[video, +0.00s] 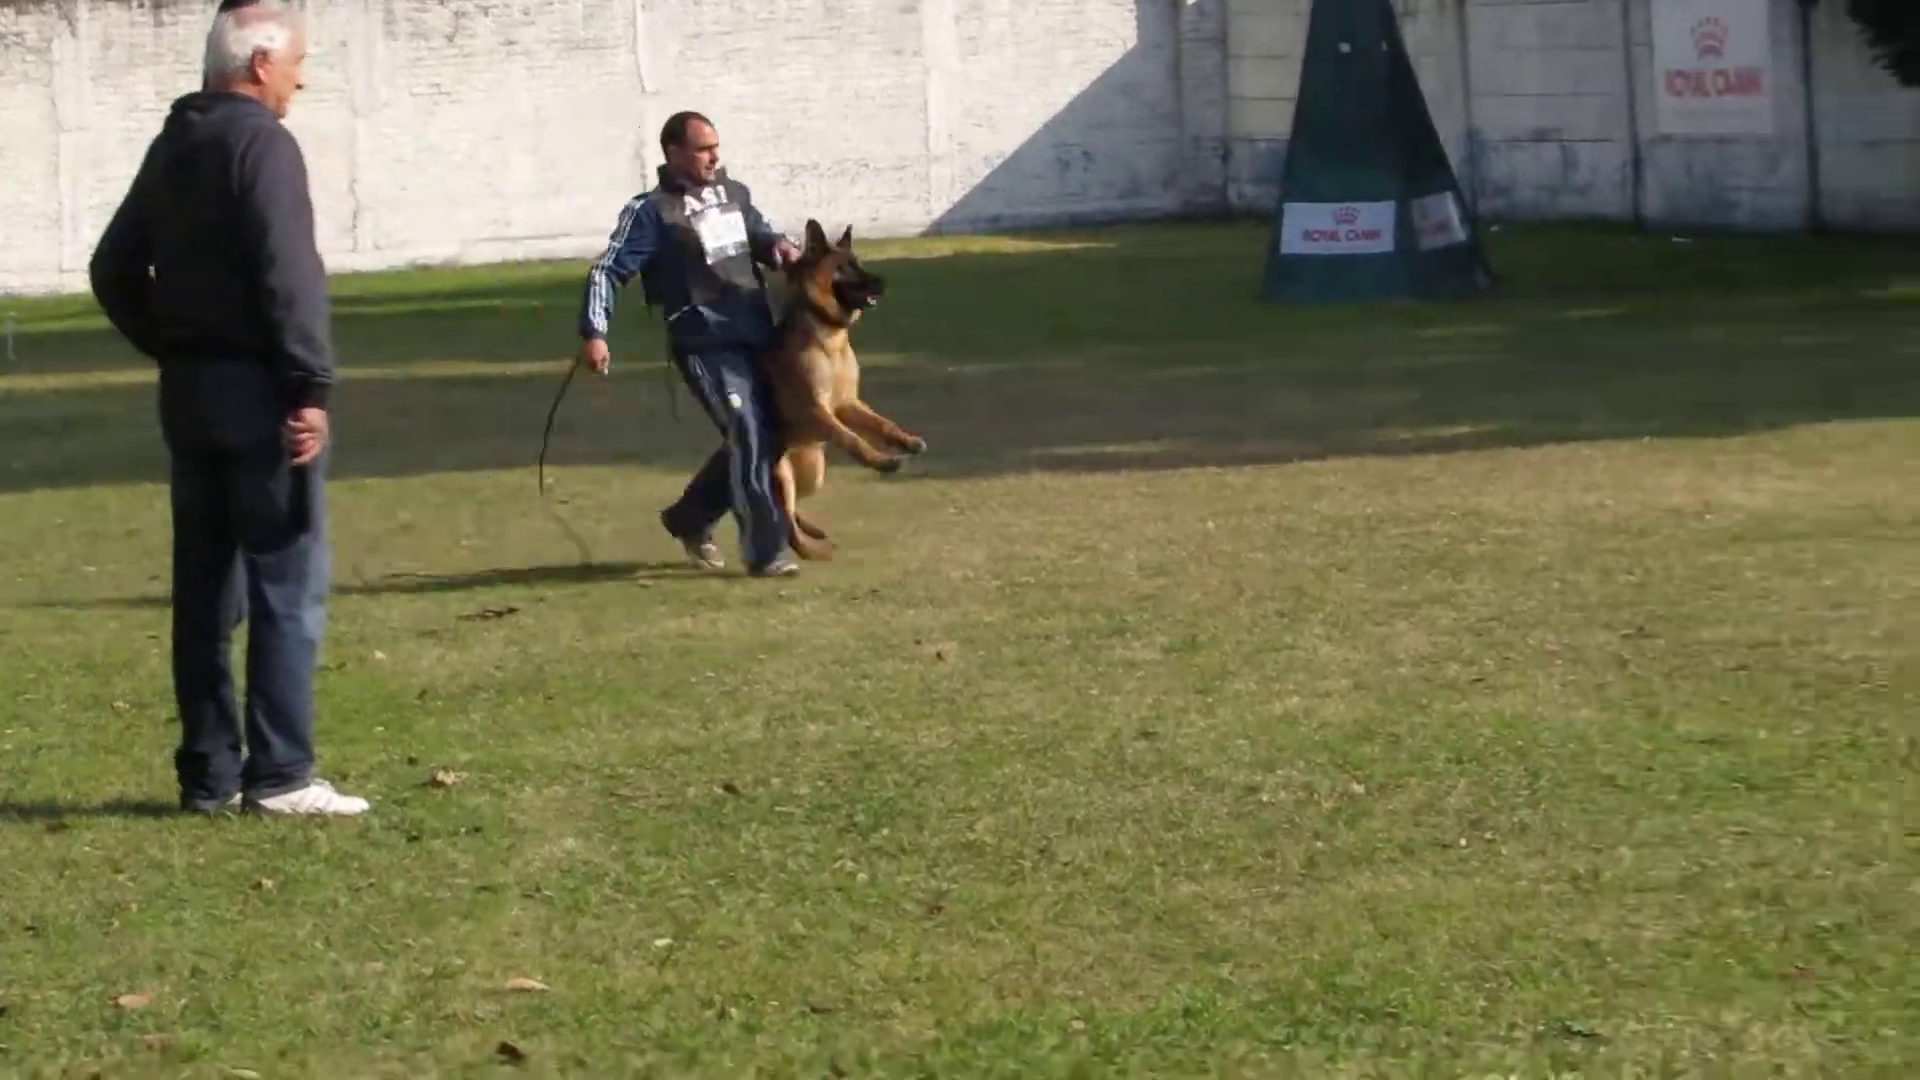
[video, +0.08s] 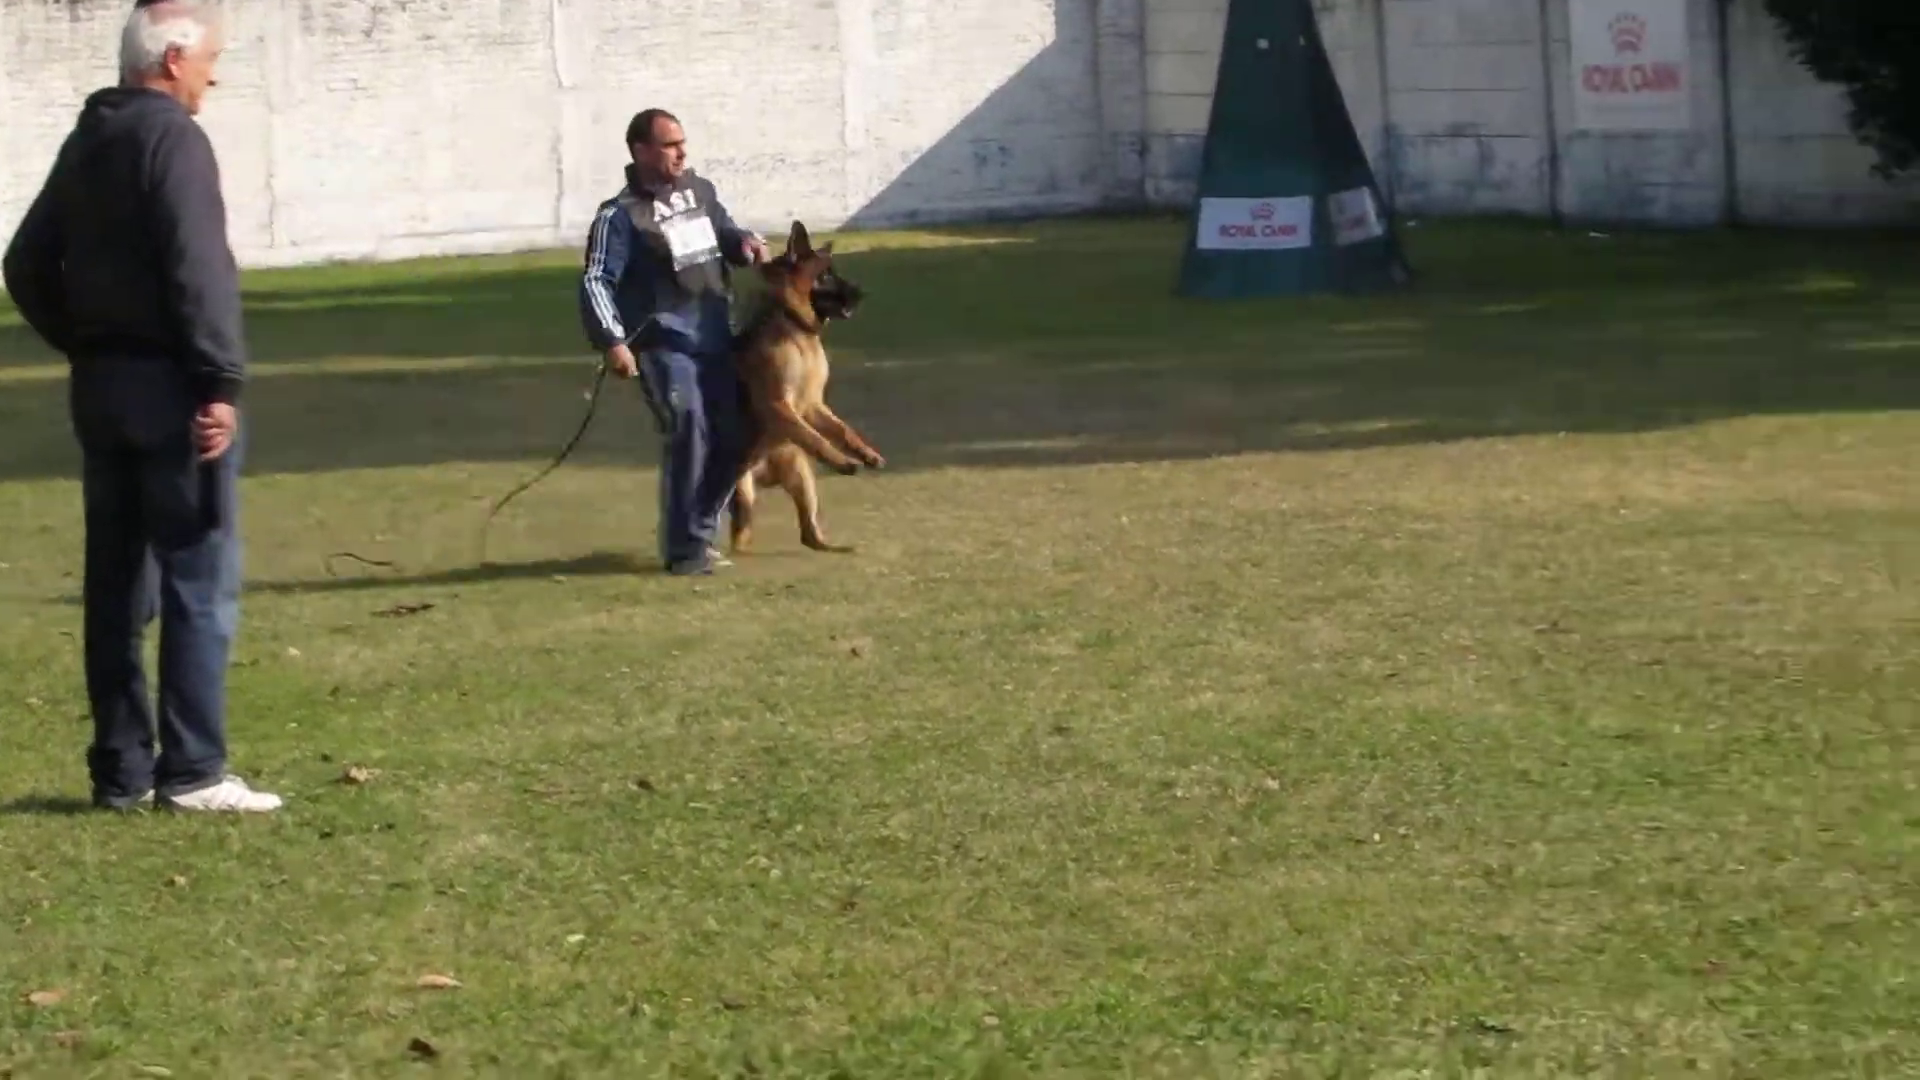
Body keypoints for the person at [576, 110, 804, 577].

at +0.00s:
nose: (715, 157)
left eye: (716, 147)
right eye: (704, 150)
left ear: (716, 147)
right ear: (672, 153)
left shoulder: (733, 194)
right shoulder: (648, 213)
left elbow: (760, 236)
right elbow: (607, 272)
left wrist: (780, 247)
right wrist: (595, 333)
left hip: (753, 334)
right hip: (704, 343)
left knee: (770, 433)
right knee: (745, 429)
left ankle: (691, 516)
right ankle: (767, 552)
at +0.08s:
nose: (681, 153)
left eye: (682, 144)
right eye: (670, 146)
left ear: (684, 147)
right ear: (639, 151)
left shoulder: (700, 192)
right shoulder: (619, 215)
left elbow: (728, 240)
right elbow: (594, 282)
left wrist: (745, 246)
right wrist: (614, 341)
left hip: (713, 335)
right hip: (662, 341)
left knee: (734, 429)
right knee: (686, 420)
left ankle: (699, 530)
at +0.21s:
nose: (624, 136)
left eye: (626, 127)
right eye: (614, 129)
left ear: (622, 130)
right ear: (581, 134)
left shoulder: (635, 177)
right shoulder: (562, 191)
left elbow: (658, 223)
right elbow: (561, 261)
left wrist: (682, 229)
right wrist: (600, 298)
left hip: (648, 331)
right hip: (596, 336)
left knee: (675, 427)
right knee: (588, 440)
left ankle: (689, 536)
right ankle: (549, 543)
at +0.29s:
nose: (592, 135)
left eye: (594, 127)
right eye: (581, 128)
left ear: (595, 129)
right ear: (550, 134)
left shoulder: (605, 179)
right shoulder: (532, 187)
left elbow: (620, 229)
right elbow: (518, 252)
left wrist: (648, 224)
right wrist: (547, 299)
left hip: (614, 333)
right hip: (564, 336)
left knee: (634, 436)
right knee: (554, 443)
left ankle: (647, 542)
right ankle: (484, 514)